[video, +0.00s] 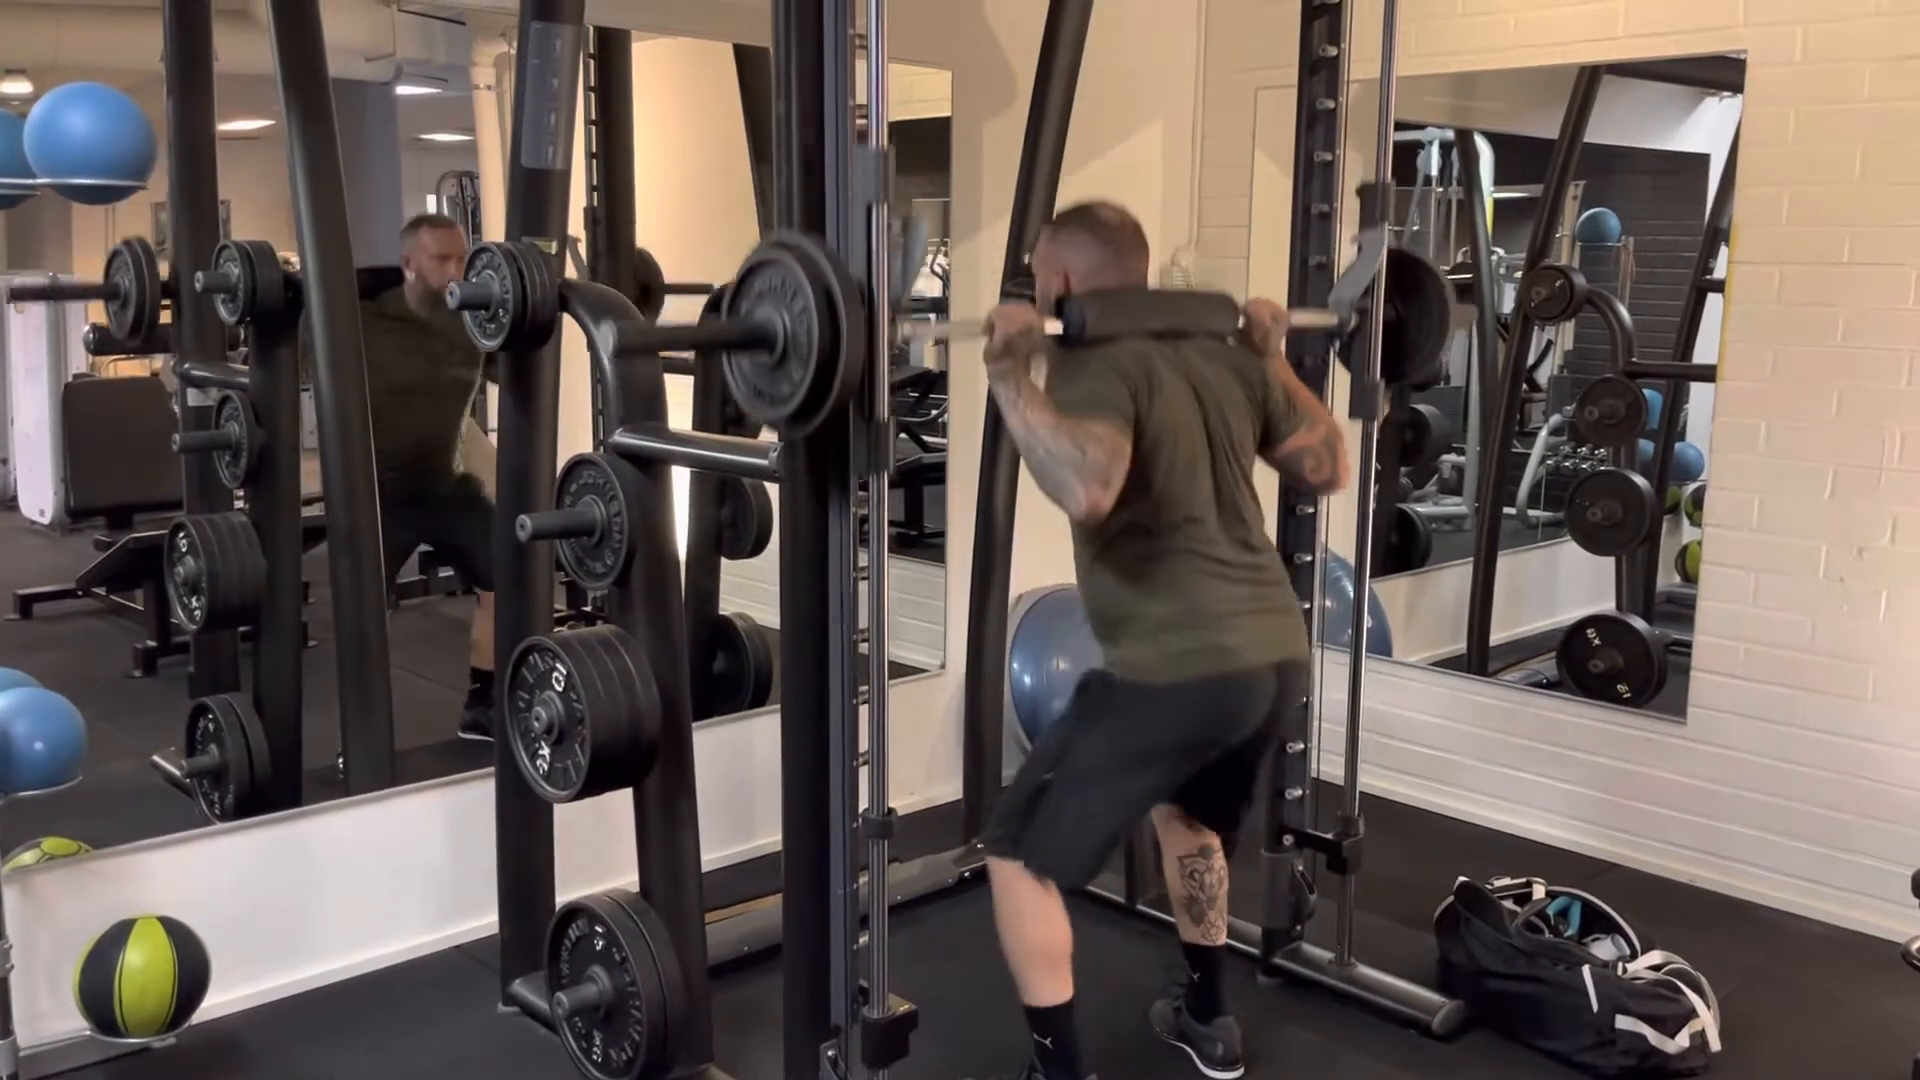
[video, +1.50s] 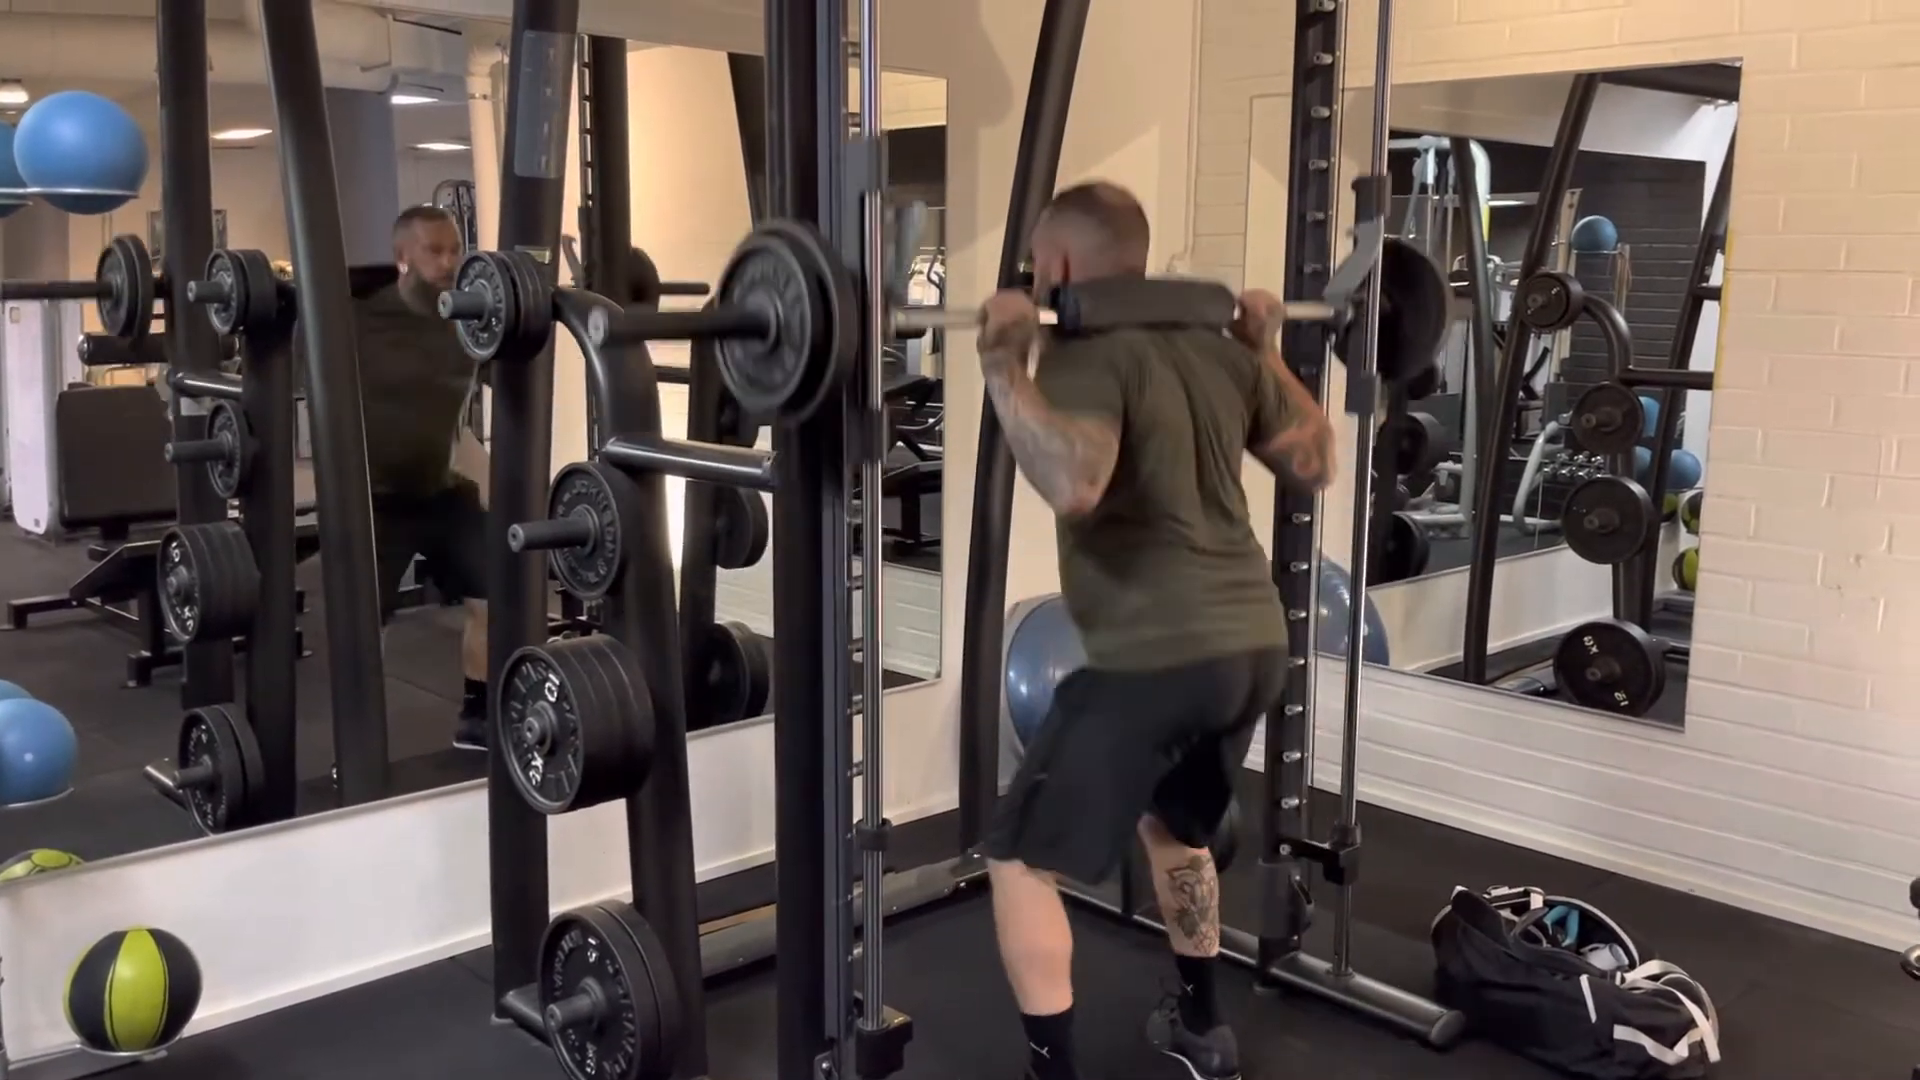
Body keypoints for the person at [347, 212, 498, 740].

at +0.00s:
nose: (456, 270)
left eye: (462, 259)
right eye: (442, 260)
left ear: (469, 261)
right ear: (410, 265)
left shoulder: (471, 326)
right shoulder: (365, 322)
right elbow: (297, 362)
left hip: (445, 488)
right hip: (377, 491)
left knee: (505, 563)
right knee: (357, 604)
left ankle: (484, 700)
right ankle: (360, 725)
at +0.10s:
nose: (460, 308)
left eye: (462, 296)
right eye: (447, 297)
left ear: (467, 295)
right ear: (413, 300)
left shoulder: (477, 360)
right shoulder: (368, 350)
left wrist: (515, 490)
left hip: (445, 509)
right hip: (378, 512)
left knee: (516, 570)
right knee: (363, 620)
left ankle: (485, 702)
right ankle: (359, 737)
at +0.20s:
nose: (457, 351)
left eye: (464, 336)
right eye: (443, 336)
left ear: (474, 338)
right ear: (410, 338)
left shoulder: (476, 389)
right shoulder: (367, 387)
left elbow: (510, 433)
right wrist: (294, 382)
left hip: (443, 529)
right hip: (372, 533)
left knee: (519, 585)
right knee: (362, 623)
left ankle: (484, 706)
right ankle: (361, 738)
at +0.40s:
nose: (459, 411)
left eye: (466, 397)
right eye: (446, 398)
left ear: (474, 397)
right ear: (411, 400)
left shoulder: (480, 446)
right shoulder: (367, 445)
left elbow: (517, 492)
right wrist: (292, 451)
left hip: (441, 577)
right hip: (369, 582)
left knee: (514, 590)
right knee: (359, 626)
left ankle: (483, 707)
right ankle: (358, 741)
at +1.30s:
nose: (449, 331)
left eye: (452, 317)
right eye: (434, 319)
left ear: (463, 321)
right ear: (403, 326)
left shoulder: (471, 382)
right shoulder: (362, 383)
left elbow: (506, 436)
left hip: (435, 527)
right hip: (365, 532)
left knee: (508, 587)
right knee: (359, 628)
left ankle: (479, 711)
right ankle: (355, 744)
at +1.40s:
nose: (447, 295)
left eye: (452, 284)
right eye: (434, 284)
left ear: (460, 288)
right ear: (402, 289)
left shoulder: (470, 352)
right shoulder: (362, 350)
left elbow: (511, 416)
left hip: (438, 508)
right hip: (373, 511)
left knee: (503, 572)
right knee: (361, 625)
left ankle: (480, 710)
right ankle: (354, 744)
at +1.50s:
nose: (448, 262)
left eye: (453, 250)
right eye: (435, 251)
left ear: (460, 252)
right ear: (402, 256)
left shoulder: (465, 318)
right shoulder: (363, 319)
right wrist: (274, 298)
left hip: (442, 490)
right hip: (374, 494)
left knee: (494, 584)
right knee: (361, 621)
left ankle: (478, 714)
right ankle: (354, 734)